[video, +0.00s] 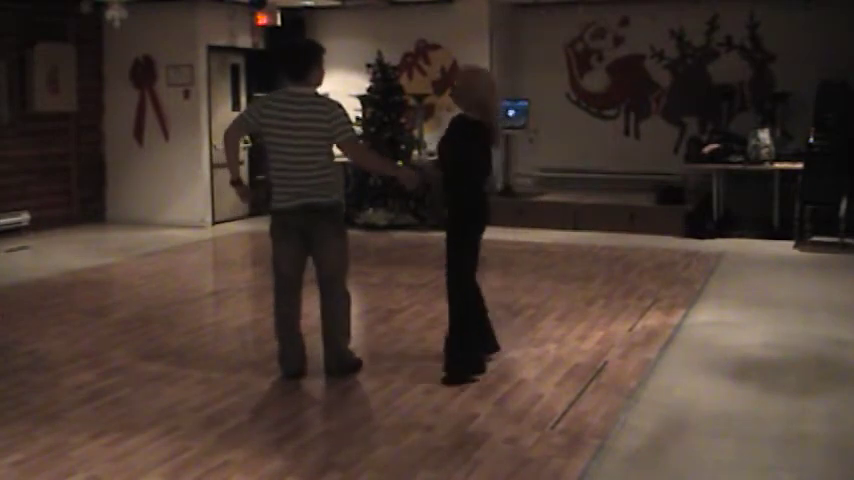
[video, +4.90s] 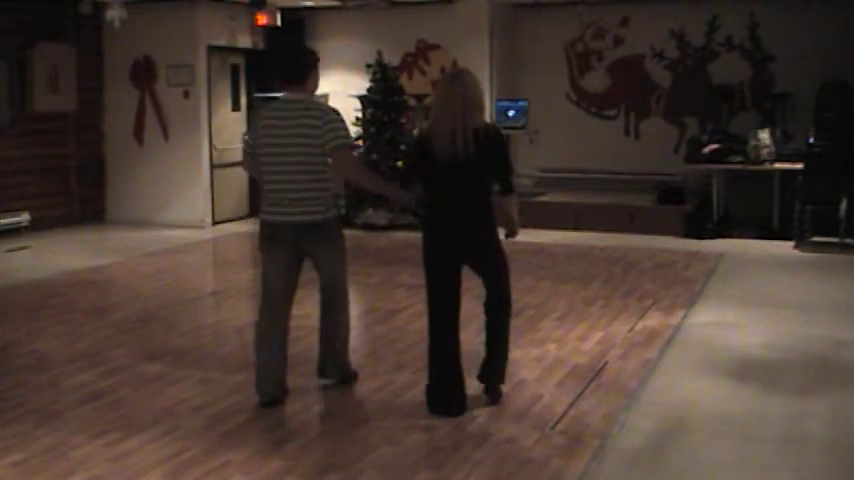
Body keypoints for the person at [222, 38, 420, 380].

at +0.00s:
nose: (324, 71)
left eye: (322, 65)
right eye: (321, 65)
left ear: (286, 68)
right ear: (313, 68)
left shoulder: (266, 105)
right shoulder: (327, 108)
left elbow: (231, 135)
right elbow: (357, 154)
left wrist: (236, 179)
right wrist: (399, 171)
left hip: (284, 212)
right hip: (326, 211)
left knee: (286, 290)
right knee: (333, 286)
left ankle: (291, 363)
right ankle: (337, 358)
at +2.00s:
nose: (307, 72)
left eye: (305, 65)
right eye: (306, 66)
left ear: (270, 69)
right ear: (300, 69)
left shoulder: (252, 110)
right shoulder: (310, 109)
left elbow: (230, 163)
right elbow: (332, 164)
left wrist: (233, 212)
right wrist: (378, 189)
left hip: (263, 221)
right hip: (304, 220)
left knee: (272, 302)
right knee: (306, 302)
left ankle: (270, 386)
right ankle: (299, 384)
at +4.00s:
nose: (305, 72)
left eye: (301, 65)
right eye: (303, 66)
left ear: (268, 70)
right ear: (300, 69)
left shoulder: (256, 112)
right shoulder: (313, 112)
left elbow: (233, 164)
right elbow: (332, 171)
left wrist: (239, 199)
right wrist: (378, 187)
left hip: (268, 224)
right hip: (311, 223)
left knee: (268, 305)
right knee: (324, 301)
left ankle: (269, 388)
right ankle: (334, 375)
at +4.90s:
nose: (318, 78)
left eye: (315, 70)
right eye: (315, 71)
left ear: (281, 76)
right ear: (309, 74)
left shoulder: (265, 115)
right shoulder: (324, 114)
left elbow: (250, 164)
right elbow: (347, 168)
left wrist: (279, 182)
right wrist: (394, 193)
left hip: (276, 224)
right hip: (319, 222)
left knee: (274, 302)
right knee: (334, 292)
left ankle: (269, 388)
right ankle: (333, 367)